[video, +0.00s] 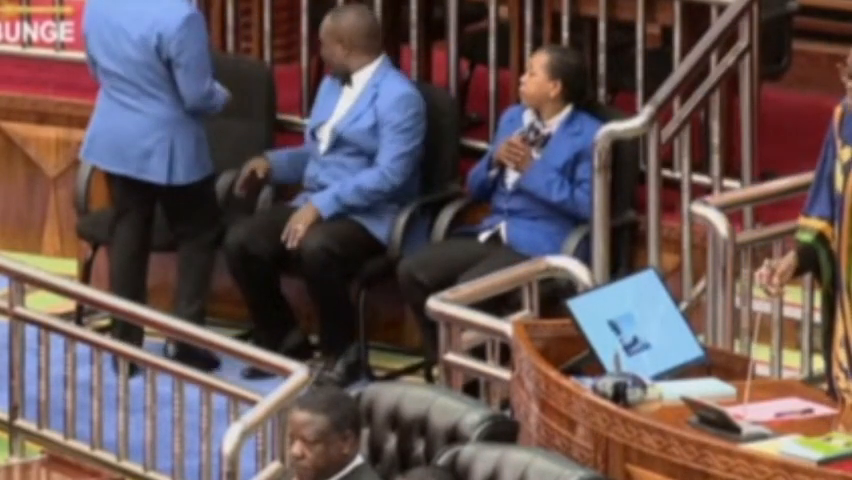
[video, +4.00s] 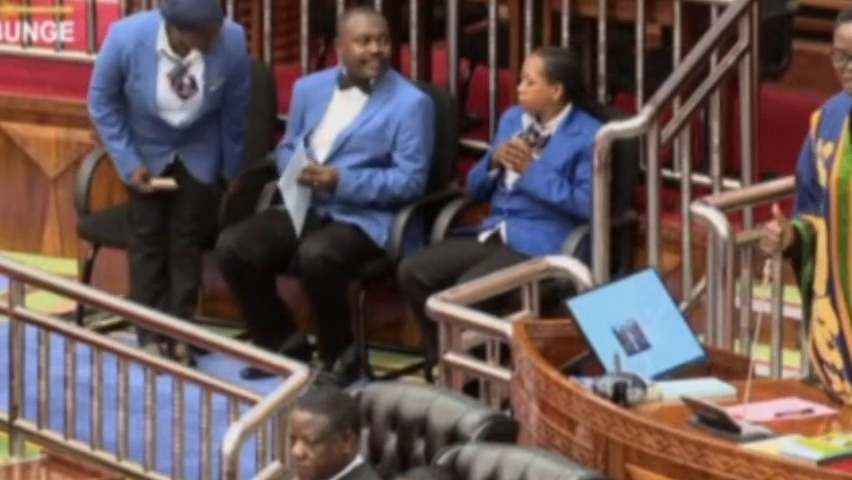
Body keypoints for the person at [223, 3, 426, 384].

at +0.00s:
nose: (322, 53)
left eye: (324, 44)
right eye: (322, 45)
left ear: (344, 46)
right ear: (355, 45)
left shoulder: (399, 96)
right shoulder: (333, 84)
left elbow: (391, 175)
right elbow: (318, 155)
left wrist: (320, 206)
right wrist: (271, 163)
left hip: (371, 215)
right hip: (317, 204)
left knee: (319, 249)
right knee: (244, 242)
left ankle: (340, 352)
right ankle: (281, 337)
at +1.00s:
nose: (316, 47)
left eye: (327, 41)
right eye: (318, 39)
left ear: (357, 55)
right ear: (349, 53)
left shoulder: (384, 110)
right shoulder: (326, 84)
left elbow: (370, 198)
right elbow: (315, 138)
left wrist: (297, 230)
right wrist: (278, 144)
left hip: (362, 222)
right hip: (308, 205)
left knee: (315, 257)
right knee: (233, 246)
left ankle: (341, 359)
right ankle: (280, 341)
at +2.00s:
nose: (354, 46)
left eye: (363, 36)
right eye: (343, 37)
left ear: (375, 41)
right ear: (325, 43)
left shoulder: (400, 98)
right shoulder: (307, 86)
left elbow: (403, 177)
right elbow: (302, 147)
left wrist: (329, 179)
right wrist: (279, 156)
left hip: (365, 216)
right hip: (304, 208)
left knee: (311, 253)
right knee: (240, 247)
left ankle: (336, 354)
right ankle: (281, 342)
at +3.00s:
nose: (351, 51)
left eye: (360, 42)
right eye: (339, 43)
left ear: (372, 45)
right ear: (319, 48)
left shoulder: (397, 101)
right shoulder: (296, 91)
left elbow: (400, 181)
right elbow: (278, 151)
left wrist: (324, 186)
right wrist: (291, 179)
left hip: (363, 219)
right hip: (299, 214)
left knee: (316, 256)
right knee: (235, 249)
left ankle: (339, 357)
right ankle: (281, 345)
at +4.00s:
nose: (374, 50)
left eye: (380, 41)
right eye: (363, 41)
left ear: (390, 45)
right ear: (340, 48)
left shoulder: (411, 103)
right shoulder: (308, 89)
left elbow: (410, 181)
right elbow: (286, 148)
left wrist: (340, 181)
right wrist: (297, 170)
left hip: (366, 219)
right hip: (302, 211)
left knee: (317, 257)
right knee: (235, 248)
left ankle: (340, 357)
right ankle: (282, 344)